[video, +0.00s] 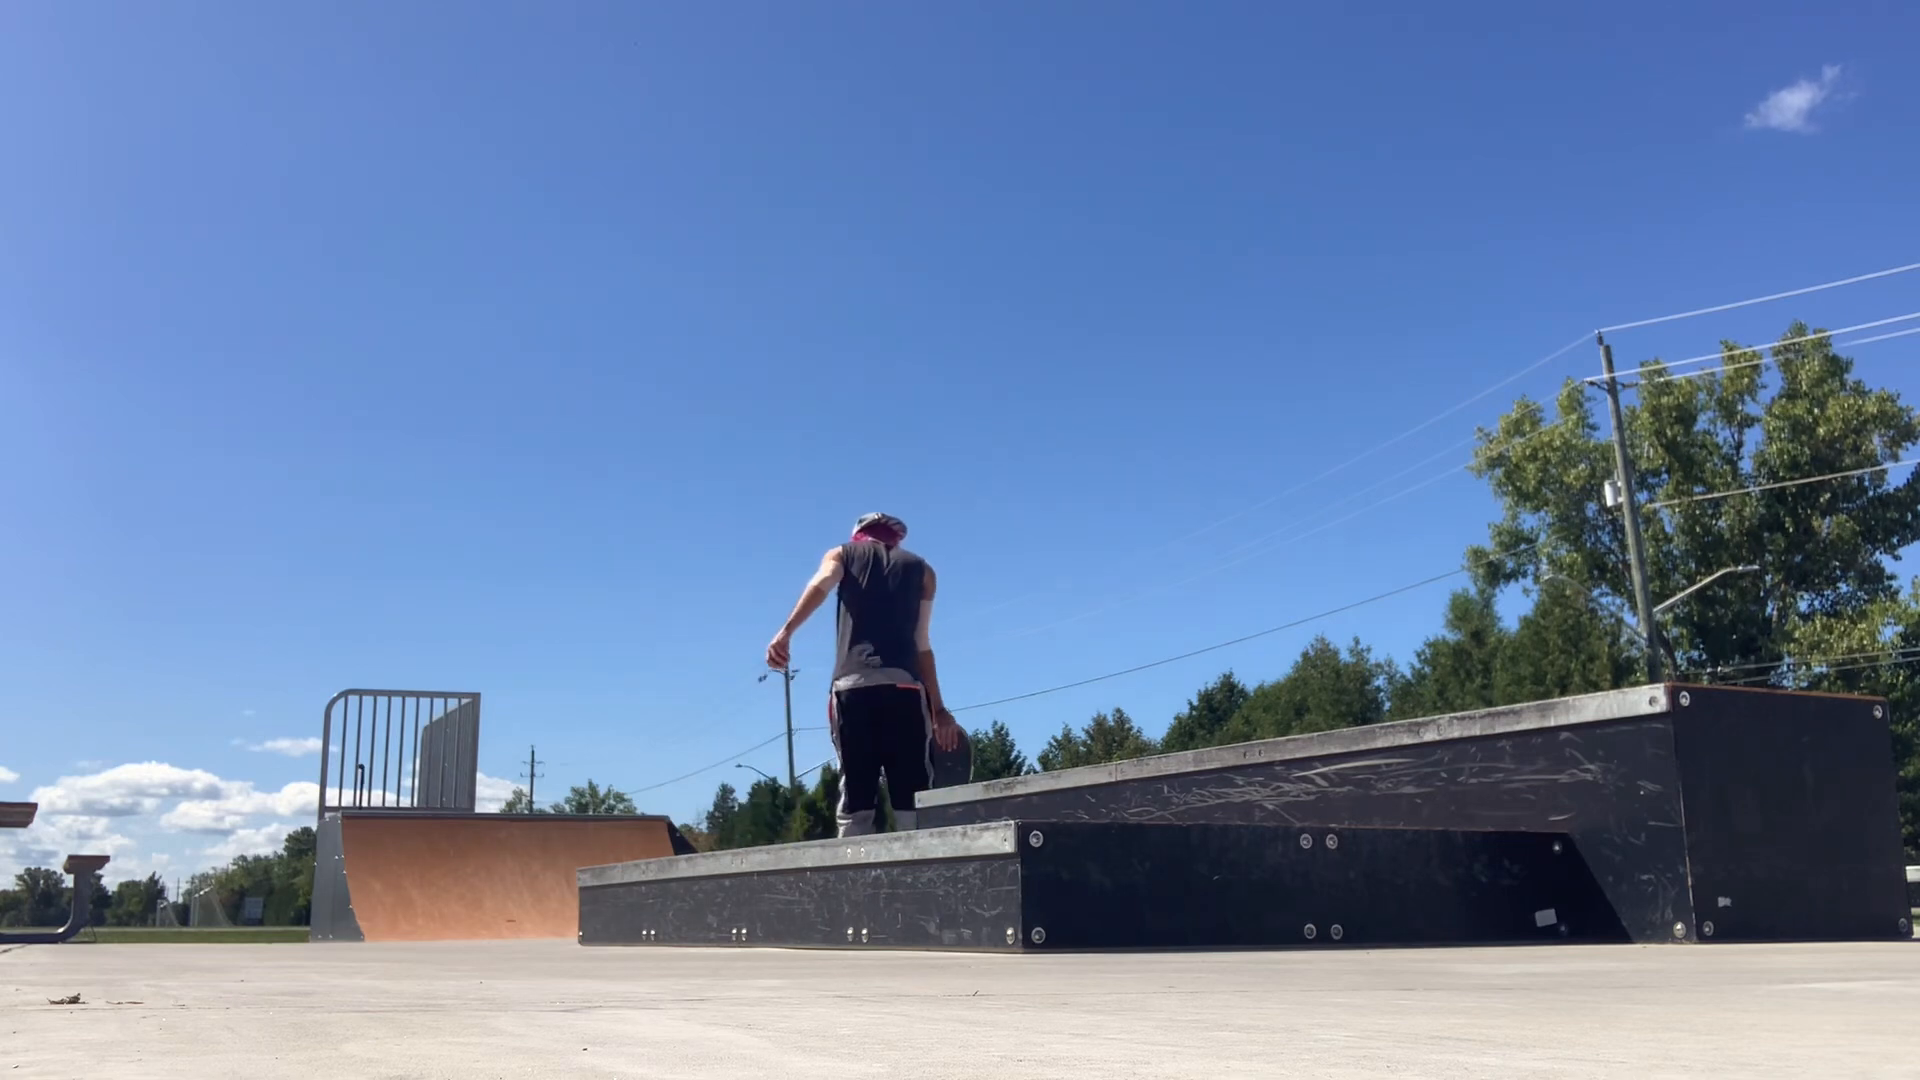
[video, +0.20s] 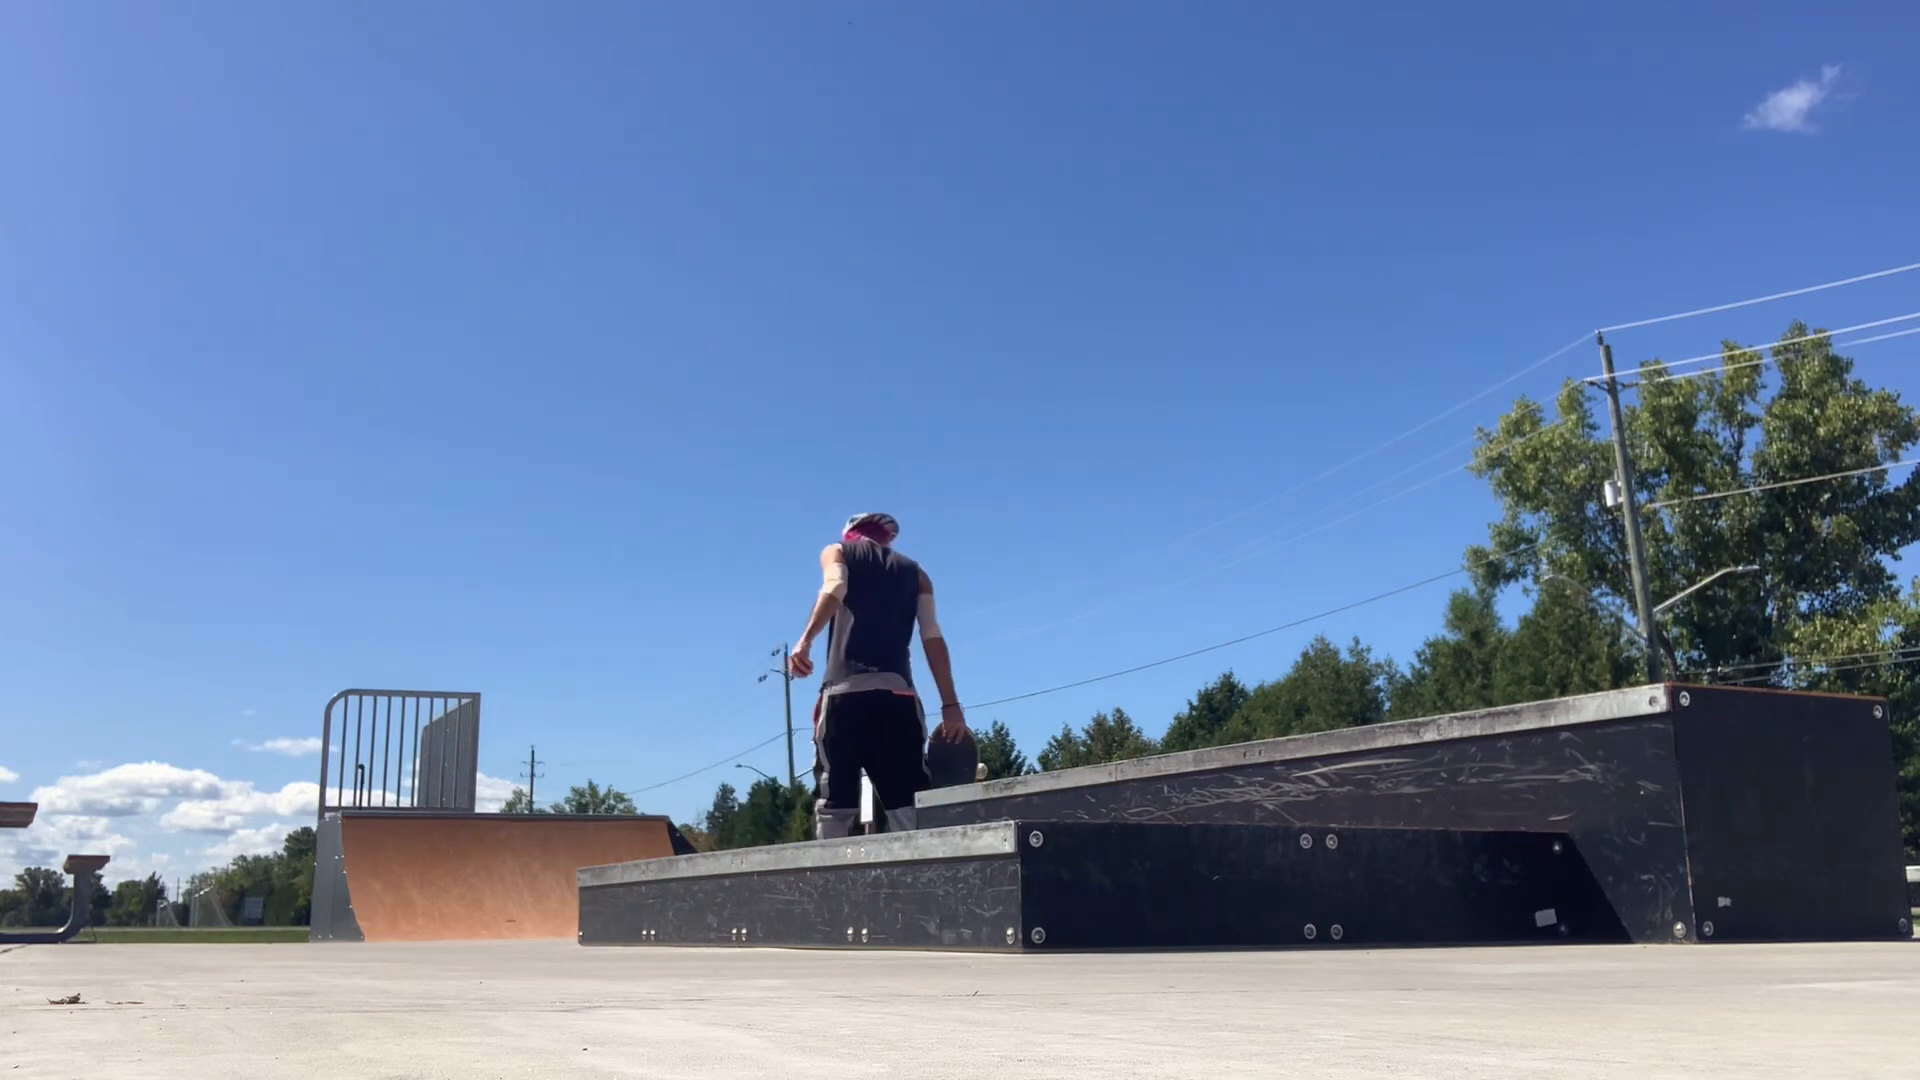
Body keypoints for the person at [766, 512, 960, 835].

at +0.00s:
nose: (851, 545)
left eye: (852, 541)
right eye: (902, 539)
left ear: (858, 536)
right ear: (897, 538)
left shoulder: (843, 553)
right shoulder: (922, 569)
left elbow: (821, 584)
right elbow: (921, 646)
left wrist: (785, 632)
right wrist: (939, 709)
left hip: (852, 696)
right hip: (905, 696)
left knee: (856, 799)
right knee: (909, 799)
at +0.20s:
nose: (844, 543)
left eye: (845, 538)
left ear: (851, 535)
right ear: (887, 537)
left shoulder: (838, 550)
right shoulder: (915, 571)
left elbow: (835, 589)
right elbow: (933, 639)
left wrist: (804, 642)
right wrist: (950, 704)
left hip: (844, 706)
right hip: (897, 706)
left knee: (835, 814)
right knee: (906, 812)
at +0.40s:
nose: (805, 550)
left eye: (805, 546)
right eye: (806, 547)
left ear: (812, 542)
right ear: (850, 540)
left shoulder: (808, 562)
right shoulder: (882, 578)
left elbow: (812, 608)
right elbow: (898, 646)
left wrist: (786, 665)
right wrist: (930, 707)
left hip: (822, 721)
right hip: (877, 720)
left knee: (800, 825)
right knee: (897, 819)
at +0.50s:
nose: (778, 548)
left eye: (778, 543)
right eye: (778, 543)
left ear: (787, 539)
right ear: (823, 539)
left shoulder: (783, 563)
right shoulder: (855, 577)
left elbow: (786, 616)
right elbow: (877, 650)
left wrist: (759, 674)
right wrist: (912, 709)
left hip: (796, 720)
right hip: (851, 718)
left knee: (782, 814)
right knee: (875, 810)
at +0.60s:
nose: (754, 542)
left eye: (755, 535)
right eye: (752, 536)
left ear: (767, 532)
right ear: (797, 533)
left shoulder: (763, 561)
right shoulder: (834, 576)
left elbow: (755, 619)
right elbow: (852, 652)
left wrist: (722, 671)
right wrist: (881, 714)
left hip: (779, 712)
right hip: (826, 713)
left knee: (772, 810)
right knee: (826, 798)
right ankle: (879, 858)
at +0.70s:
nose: (733, 540)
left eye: (735, 532)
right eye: (733, 533)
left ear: (750, 527)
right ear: (776, 530)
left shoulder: (746, 558)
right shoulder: (813, 573)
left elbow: (727, 618)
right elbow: (827, 648)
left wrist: (686, 658)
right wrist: (853, 714)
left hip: (763, 707)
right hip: (808, 710)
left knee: (764, 805)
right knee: (796, 794)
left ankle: (784, 892)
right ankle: (829, 871)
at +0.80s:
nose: (710, 541)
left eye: (713, 532)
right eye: (710, 533)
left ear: (731, 529)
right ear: (751, 532)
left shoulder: (726, 563)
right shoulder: (790, 576)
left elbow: (695, 625)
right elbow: (809, 650)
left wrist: (662, 640)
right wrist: (833, 714)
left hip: (749, 706)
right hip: (789, 708)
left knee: (759, 801)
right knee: (746, 796)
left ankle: (776, 886)